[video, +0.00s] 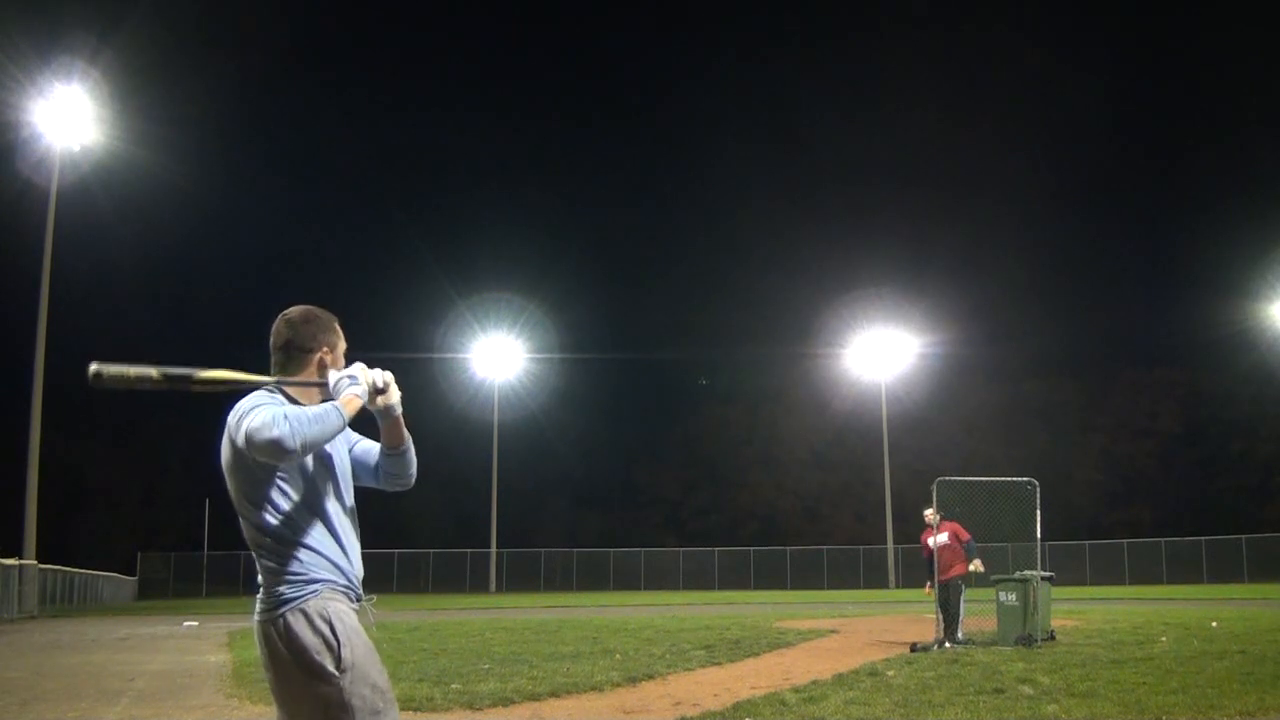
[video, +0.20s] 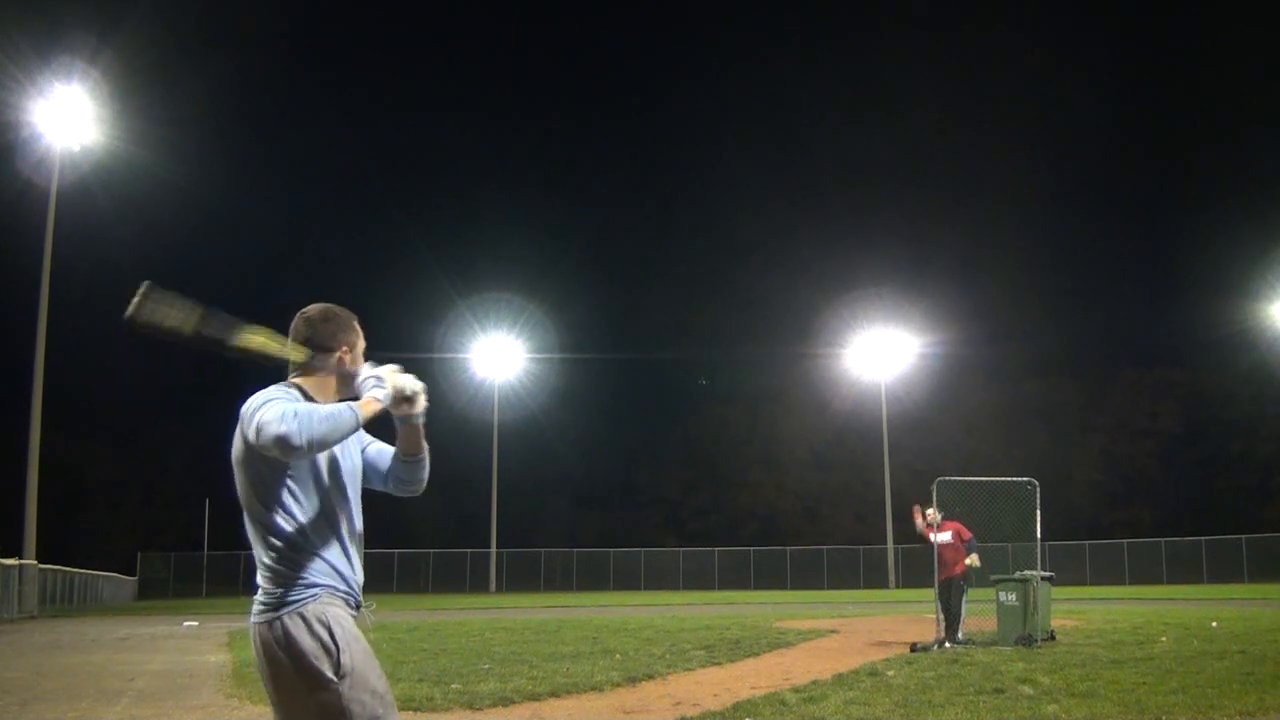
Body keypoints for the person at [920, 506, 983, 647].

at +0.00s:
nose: (929, 518)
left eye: (931, 515)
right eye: (926, 516)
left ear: (938, 515)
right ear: (924, 519)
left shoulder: (952, 527)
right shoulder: (925, 536)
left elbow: (968, 541)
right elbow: (928, 560)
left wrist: (974, 558)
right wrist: (929, 580)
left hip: (957, 571)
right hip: (941, 575)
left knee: (954, 605)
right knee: (943, 606)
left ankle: (952, 637)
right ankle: (947, 636)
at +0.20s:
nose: (930, 517)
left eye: (932, 514)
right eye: (928, 515)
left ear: (939, 515)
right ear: (927, 519)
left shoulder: (954, 526)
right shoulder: (930, 532)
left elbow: (970, 539)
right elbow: (920, 529)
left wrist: (973, 553)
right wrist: (918, 516)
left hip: (958, 572)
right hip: (943, 575)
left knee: (955, 606)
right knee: (945, 607)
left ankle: (954, 636)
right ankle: (948, 636)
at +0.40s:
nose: (940, 512)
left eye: (942, 509)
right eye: (937, 510)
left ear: (948, 512)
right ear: (933, 514)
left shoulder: (959, 525)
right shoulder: (933, 527)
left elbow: (973, 541)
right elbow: (922, 530)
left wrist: (974, 555)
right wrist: (917, 517)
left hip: (958, 572)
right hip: (942, 573)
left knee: (955, 605)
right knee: (944, 605)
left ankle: (953, 637)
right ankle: (951, 634)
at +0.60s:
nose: (948, 511)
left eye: (950, 509)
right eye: (945, 509)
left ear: (956, 512)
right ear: (941, 512)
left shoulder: (965, 528)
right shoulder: (934, 530)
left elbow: (975, 547)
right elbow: (928, 549)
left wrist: (976, 565)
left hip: (959, 572)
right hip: (942, 573)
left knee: (955, 604)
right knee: (943, 604)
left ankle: (952, 636)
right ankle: (960, 625)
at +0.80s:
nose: (952, 514)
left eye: (955, 511)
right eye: (949, 512)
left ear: (960, 514)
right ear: (945, 515)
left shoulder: (968, 530)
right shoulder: (940, 532)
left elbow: (979, 550)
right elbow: (938, 555)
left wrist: (980, 569)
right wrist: (937, 574)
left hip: (962, 573)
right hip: (947, 575)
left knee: (958, 606)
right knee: (952, 607)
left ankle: (954, 636)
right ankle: (970, 631)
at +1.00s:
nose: (954, 514)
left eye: (957, 512)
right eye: (952, 512)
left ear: (963, 514)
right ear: (949, 515)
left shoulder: (970, 529)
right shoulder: (948, 531)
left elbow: (981, 549)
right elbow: (953, 553)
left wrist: (982, 569)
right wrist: (950, 572)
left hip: (967, 572)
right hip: (954, 573)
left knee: (964, 605)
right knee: (962, 606)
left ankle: (959, 634)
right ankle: (973, 633)